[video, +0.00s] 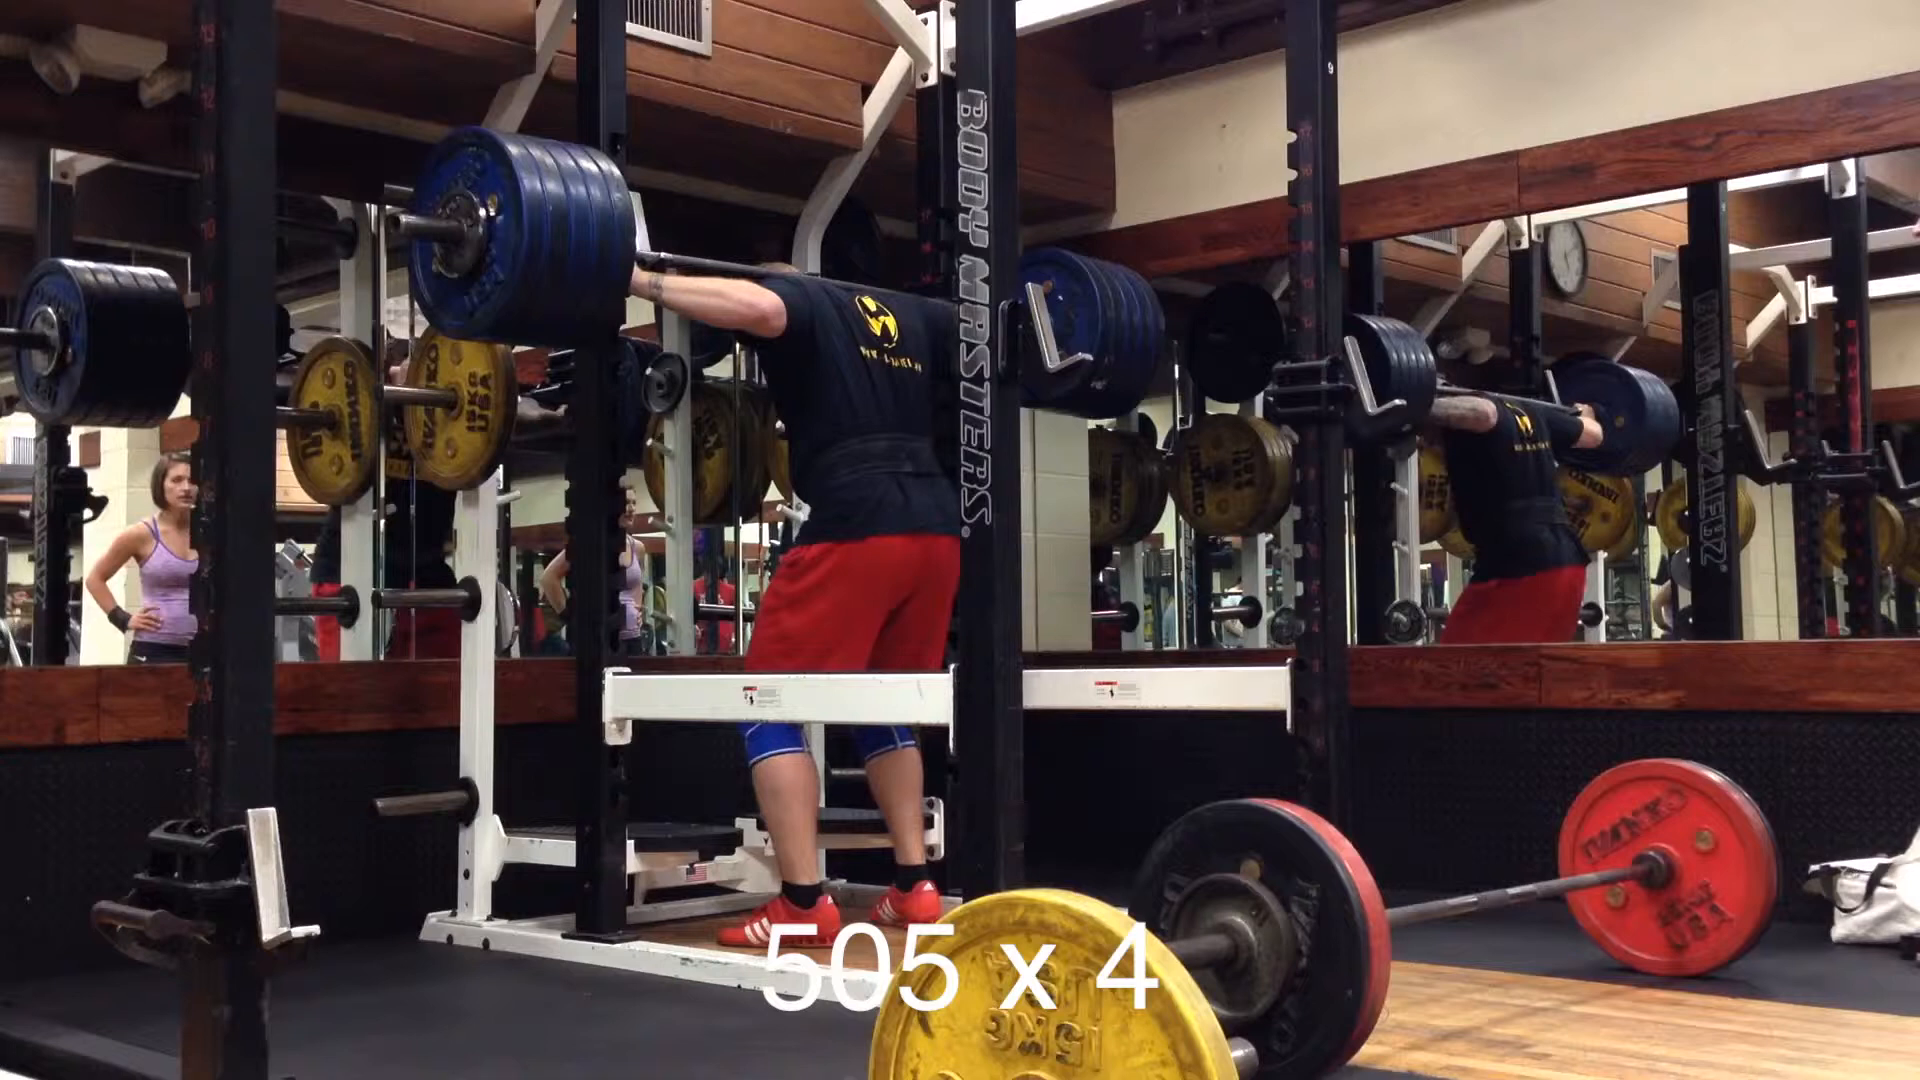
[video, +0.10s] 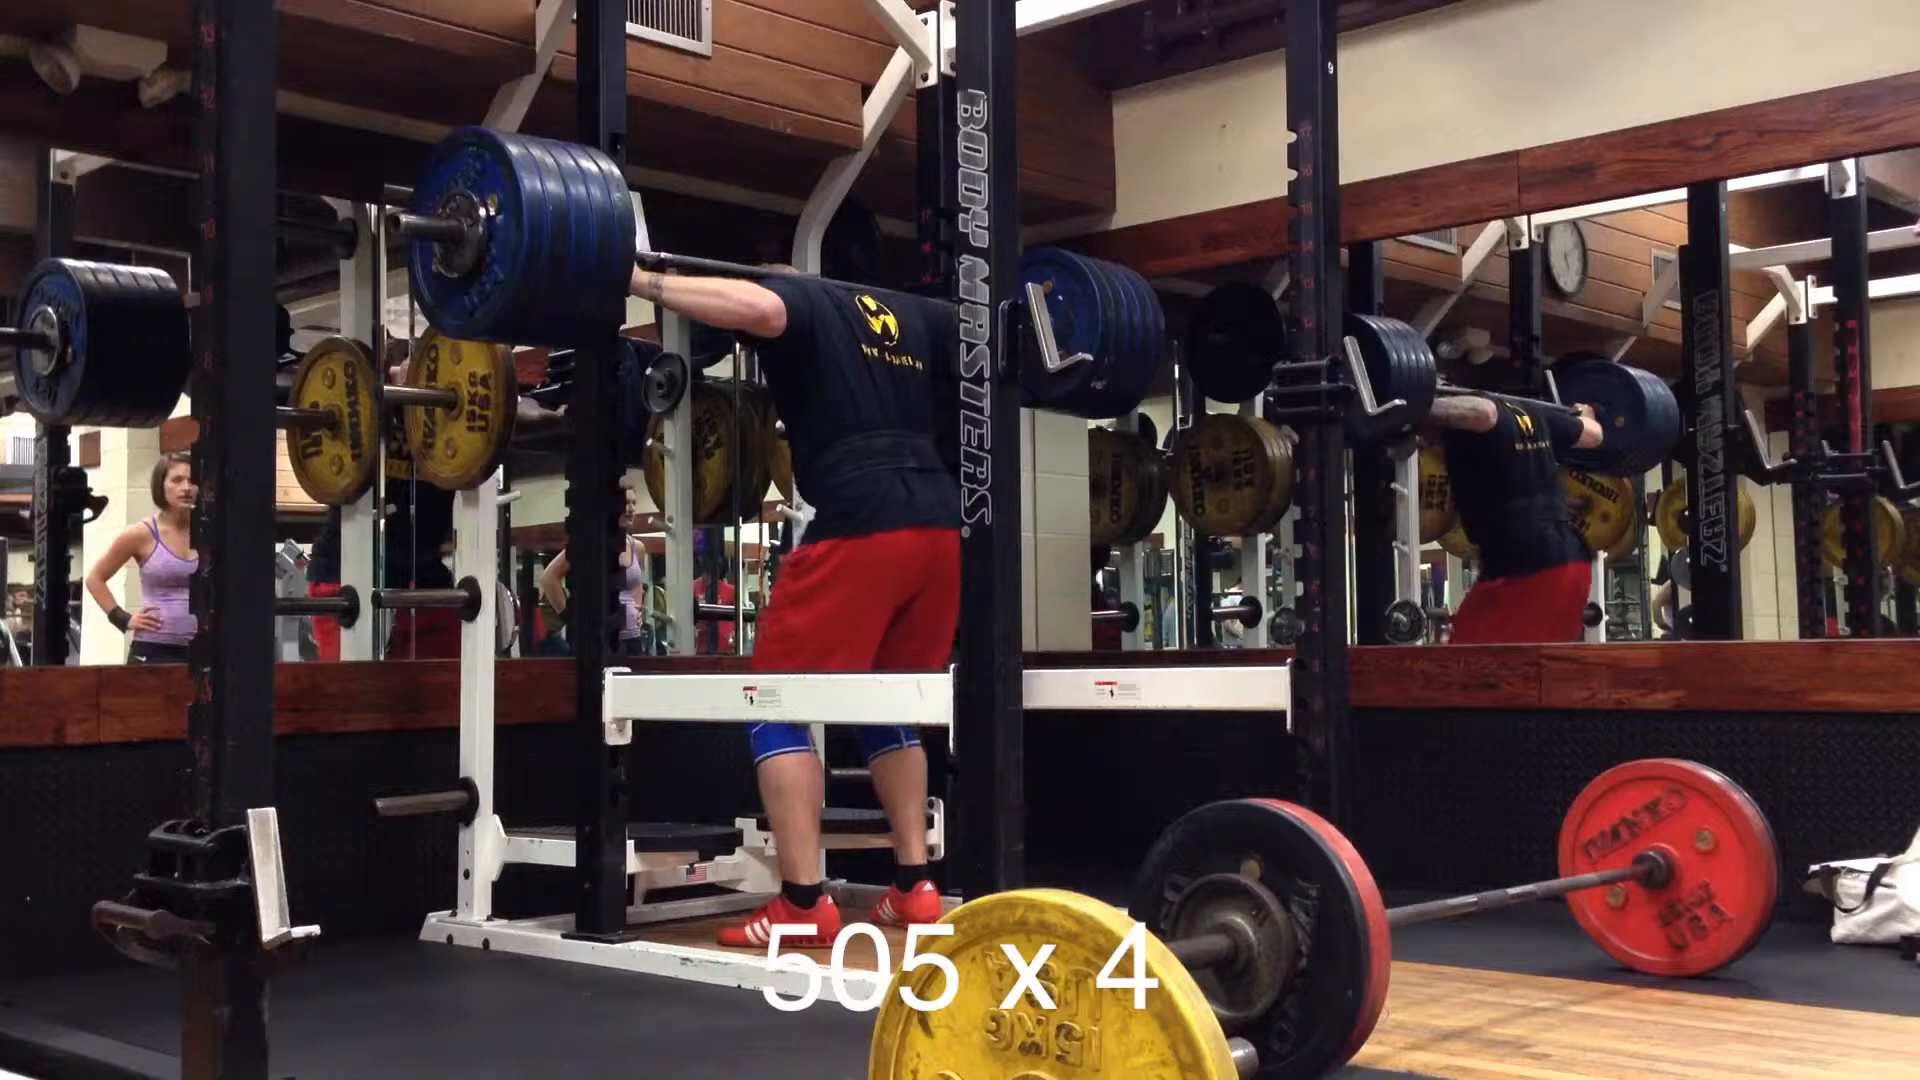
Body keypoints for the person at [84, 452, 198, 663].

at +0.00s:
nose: (187, 488)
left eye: (192, 480)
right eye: (177, 480)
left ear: (200, 486)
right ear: (160, 486)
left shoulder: (205, 530)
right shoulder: (141, 534)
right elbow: (94, 579)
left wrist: (213, 615)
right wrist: (123, 620)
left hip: (200, 647)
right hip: (154, 648)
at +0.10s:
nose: (187, 488)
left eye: (192, 480)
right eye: (177, 480)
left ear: (200, 486)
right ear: (160, 486)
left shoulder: (205, 530)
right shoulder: (141, 535)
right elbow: (94, 579)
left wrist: (213, 615)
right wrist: (123, 620)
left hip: (200, 647)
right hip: (154, 648)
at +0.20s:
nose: (186, 488)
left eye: (192, 481)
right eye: (177, 480)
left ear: (200, 487)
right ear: (160, 485)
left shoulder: (205, 530)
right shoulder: (141, 535)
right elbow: (94, 580)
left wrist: (213, 615)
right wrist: (123, 620)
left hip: (200, 647)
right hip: (154, 648)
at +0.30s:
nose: (187, 488)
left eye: (192, 481)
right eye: (177, 480)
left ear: (200, 486)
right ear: (160, 486)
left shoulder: (204, 530)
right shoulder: (141, 534)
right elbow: (94, 579)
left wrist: (212, 615)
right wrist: (123, 620)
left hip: (200, 647)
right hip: (154, 648)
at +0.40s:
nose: (187, 488)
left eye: (192, 481)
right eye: (177, 480)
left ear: (200, 487)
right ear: (160, 486)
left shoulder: (204, 530)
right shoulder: (141, 534)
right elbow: (94, 579)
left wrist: (212, 615)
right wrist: (123, 619)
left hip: (200, 647)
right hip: (154, 648)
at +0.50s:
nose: (187, 488)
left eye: (193, 480)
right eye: (178, 480)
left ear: (200, 486)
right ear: (160, 486)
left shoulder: (204, 530)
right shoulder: (141, 534)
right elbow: (94, 579)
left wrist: (213, 615)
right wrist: (123, 619)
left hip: (200, 647)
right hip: (154, 648)